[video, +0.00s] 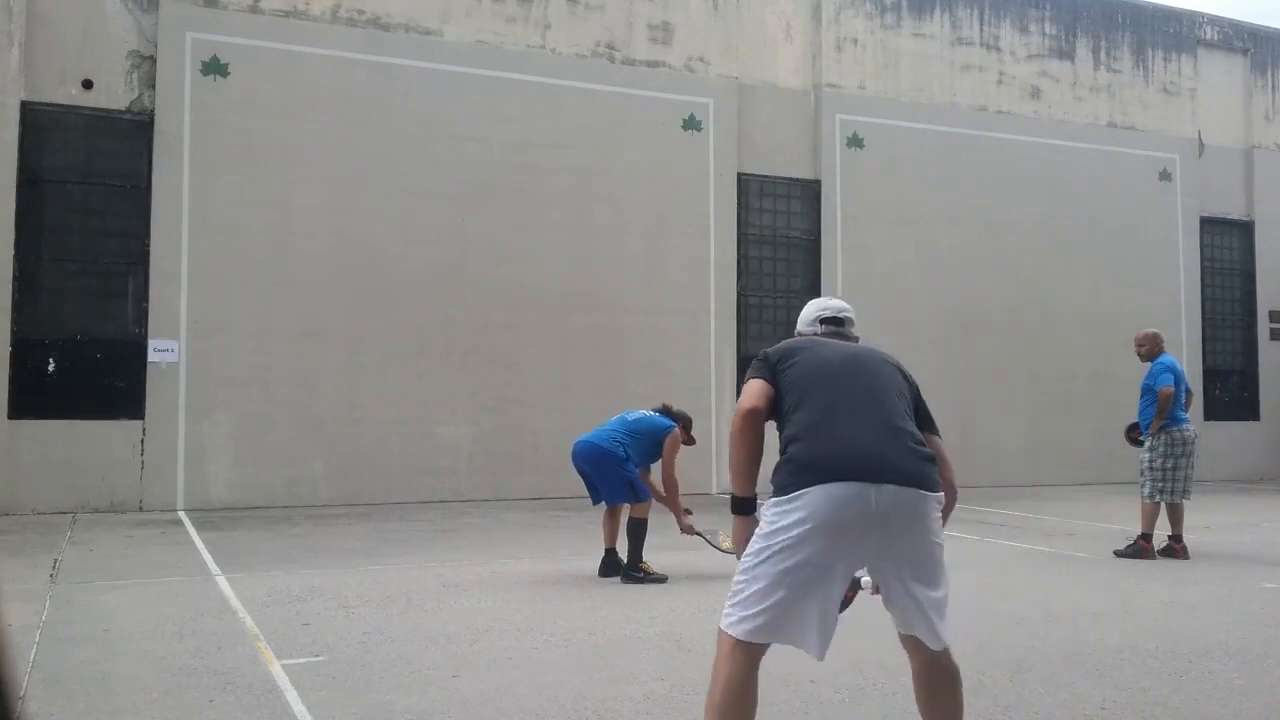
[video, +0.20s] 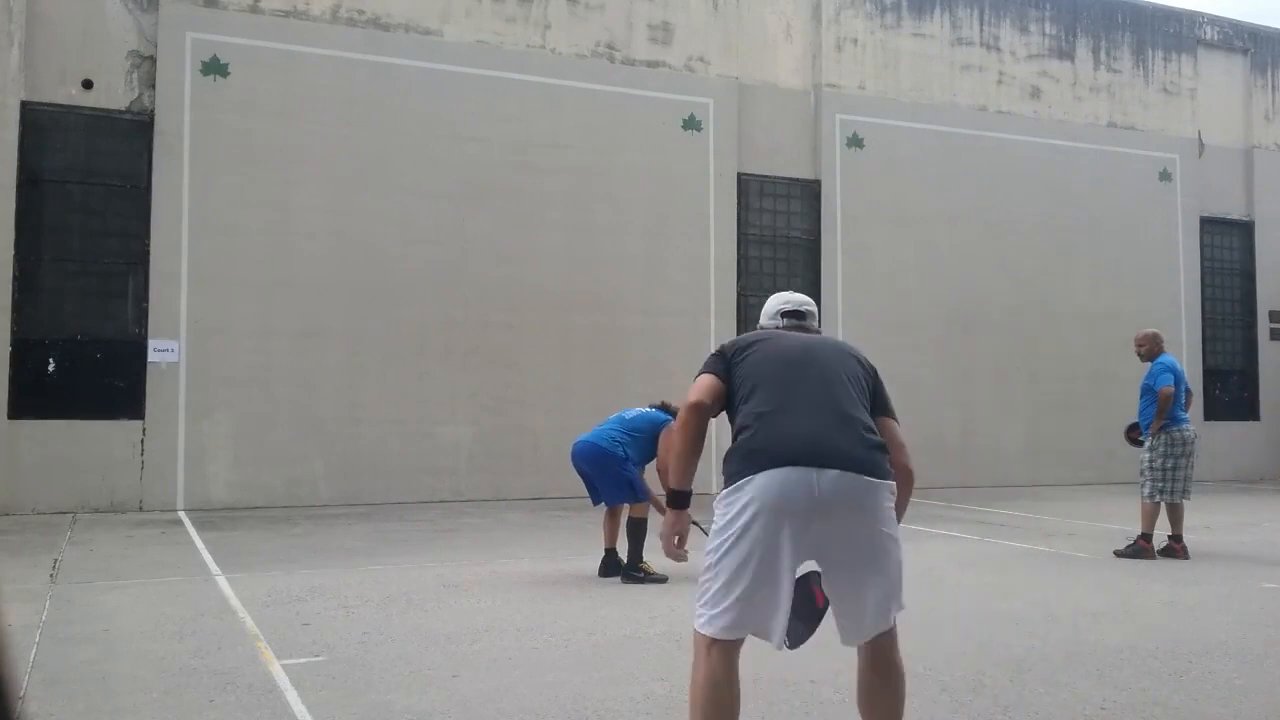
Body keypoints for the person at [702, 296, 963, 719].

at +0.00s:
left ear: (800, 334)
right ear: (856, 335)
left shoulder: (778, 354)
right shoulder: (893, 367)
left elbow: (749, 411)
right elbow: (947, 488)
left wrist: (743, 511)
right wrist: (896, 565)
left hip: (815, 490)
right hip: (913, 494)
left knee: (740, 642)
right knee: (929, 641)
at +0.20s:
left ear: (762, 327)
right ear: (817, 327)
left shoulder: (736, 349)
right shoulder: (855, 358)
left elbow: (695, 406)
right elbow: (901, 467)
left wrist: (677, 504)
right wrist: (878, 536)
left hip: (763, 480)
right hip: (861, 483)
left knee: (718, 640)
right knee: (878, 636)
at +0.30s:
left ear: (755, 327)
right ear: (813, 328)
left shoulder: (733, 346)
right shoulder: (851, 356)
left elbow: (689, 400)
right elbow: (893, 465)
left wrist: (662, 497)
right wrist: (865, 532)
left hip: (760, 470)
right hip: (855, 476)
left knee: (717, 640)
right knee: (857, 639)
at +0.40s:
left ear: (756, 327)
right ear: (813, 328)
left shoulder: (734, 346)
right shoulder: (851, 358)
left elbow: (692, 398)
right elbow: (892, 470)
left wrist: (664, 496)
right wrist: (859, 528)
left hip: (757, 470)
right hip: (852, 477)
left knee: (718, 639)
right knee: (855, 642)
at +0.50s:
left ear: (760, 328)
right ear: (817, 330)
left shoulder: (737, 347)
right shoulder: (854, 361)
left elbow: (699, 397)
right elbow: (889, 473)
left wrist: (677, 495)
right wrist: (821, 551)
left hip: (755, 469)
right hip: (849, 476)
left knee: (710, 634)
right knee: (853, 644)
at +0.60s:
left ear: (763, 328)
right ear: (820, 331)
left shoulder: (738, 347)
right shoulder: (856, 364)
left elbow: (698, 399)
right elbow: (886, 477)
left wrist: (689, 498)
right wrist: (827, 546)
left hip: (749, 466)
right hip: (845, 477)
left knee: (685, 621)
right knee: (850, 643)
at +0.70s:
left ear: (762, 329)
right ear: (820, 333)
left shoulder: (732, 348)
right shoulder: (852, 367)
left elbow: (691, 404)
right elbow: (879, 479)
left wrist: (698, 487)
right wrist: (824, 534)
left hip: (734, 469)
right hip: (832, 481)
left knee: (661, 623)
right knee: (844, 643)